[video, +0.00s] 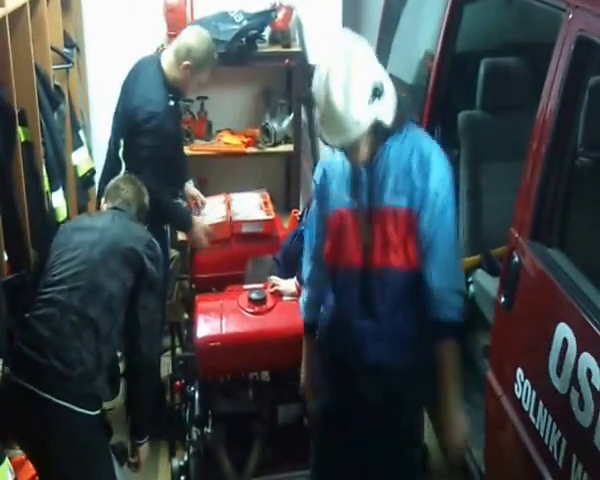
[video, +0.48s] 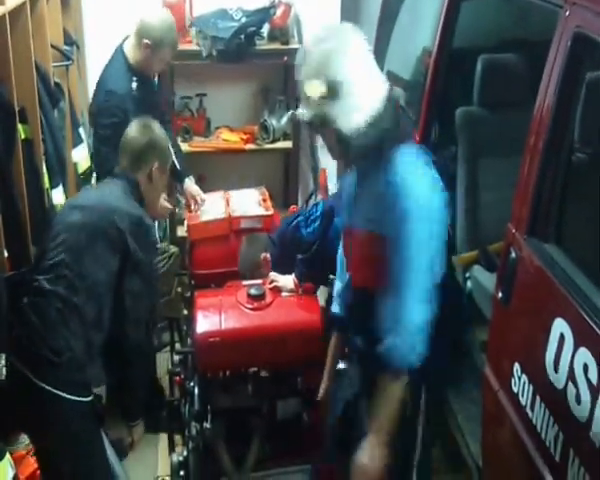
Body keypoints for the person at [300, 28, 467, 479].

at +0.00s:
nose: (334, 120)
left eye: (344, 109)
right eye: (327, 108)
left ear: (373, 98)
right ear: (320, 106)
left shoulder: (422, 158)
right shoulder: (329, 163)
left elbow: (444, 284)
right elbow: (313, 268)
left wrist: (450, 401)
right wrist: (309, 354)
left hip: (403, 358)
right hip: (339, 358)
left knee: (396, 466)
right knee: (335, 464)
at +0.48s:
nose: (323, 140)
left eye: (328, 127)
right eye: (318, 128)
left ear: (360, 119)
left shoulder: (411, 179)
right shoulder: (358, 172)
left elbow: (411, 316)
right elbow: (346, 280)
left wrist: (378, 436)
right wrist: (329, 372)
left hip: (399, 362)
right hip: (361, 351)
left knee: (388, 466)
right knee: (344, 454)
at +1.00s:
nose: (337, 113)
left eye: (339, 103)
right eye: (335, 103)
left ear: (352, 106)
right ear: (396, 84)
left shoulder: (373, 187)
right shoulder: (420, 150)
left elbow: (375, 316)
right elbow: (410, 245)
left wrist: (345, 412)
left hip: (341, 332)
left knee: (321, 434)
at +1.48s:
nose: (306, 94)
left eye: (313, 79)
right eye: (309, 79)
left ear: (333, 86)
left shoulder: (383, 170)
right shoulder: (345, 155)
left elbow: (371, 306)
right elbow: (328, 253)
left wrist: (310, 411)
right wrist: (274, 325)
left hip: (389, 345)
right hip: (354, 334)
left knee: (379, 457)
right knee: (353, 449)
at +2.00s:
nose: (362, 159)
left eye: (370, 142)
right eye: (350, 145)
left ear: (389, 113)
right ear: (333, 125)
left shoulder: (425, 175)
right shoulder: (333, 180)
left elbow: (449, 299)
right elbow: (329, 285)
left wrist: (449, 423)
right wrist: (317, 373)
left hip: (400, 373)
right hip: (337, 370)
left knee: (387, 467)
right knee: (320, 463)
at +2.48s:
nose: (305, 140)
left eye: (315, 124)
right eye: (303, 126)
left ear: (351, 120)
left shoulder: (398, 205)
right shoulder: (344, 190)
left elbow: (390, 358)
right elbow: (316, 290)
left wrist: (312, 425)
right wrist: (266, 358)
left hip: (415, 371)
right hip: (370, 357)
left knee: (399, 470)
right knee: (344, 469)